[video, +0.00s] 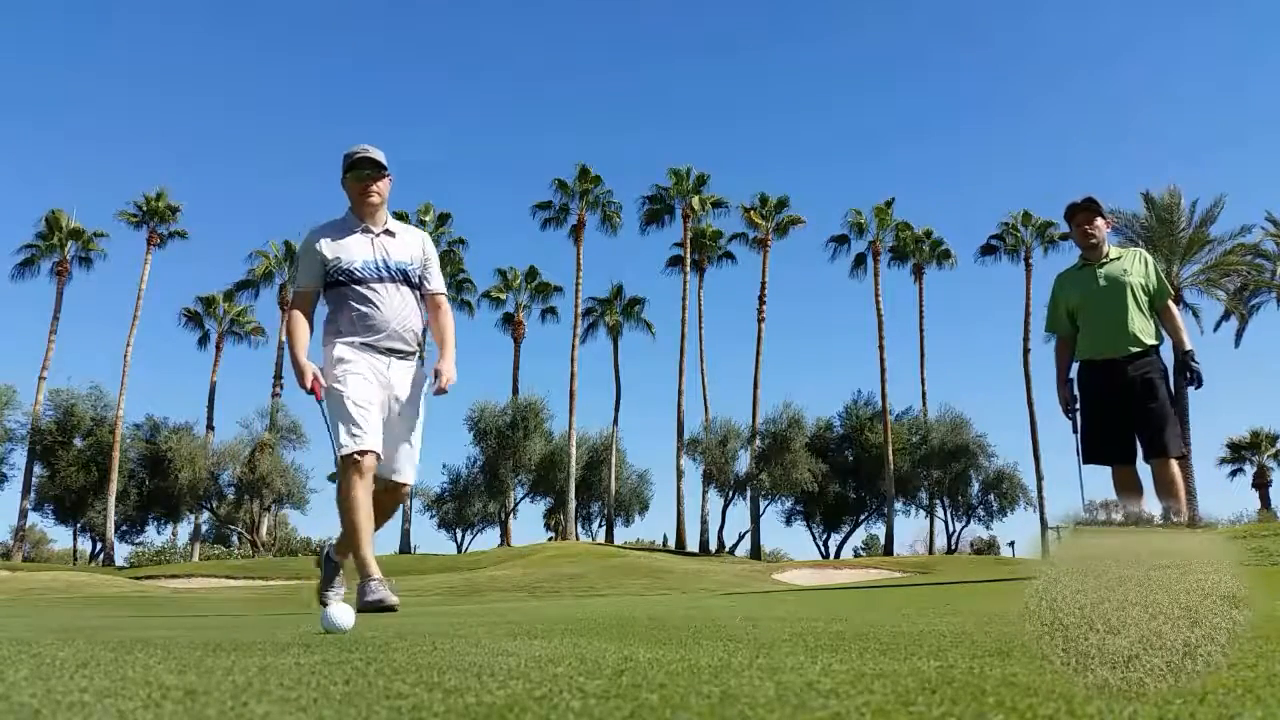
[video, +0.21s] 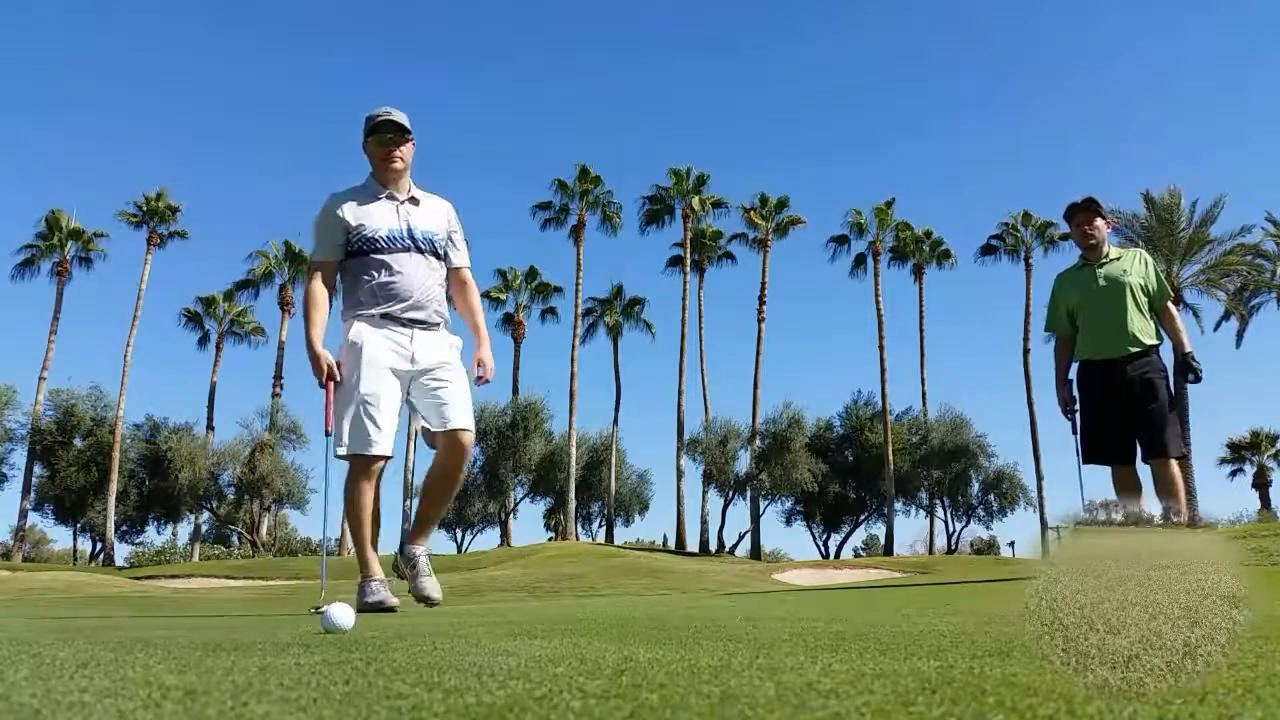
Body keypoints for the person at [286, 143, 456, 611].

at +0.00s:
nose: (371, 183)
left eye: (378, 175)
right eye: (360, 176)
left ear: (389, 182)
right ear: (346, 185)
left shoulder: (418, 241)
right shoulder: (322, 240)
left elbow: (438, 305)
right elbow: (300, 306)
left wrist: (447, 356)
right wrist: (300, 360)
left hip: (409, 365)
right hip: (352, 358)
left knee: (396, 485)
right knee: (360, 460)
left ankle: (336, 554)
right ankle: (370, 578)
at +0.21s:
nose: (393, 146)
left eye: (401, 138)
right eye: (382, 139)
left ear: (413, 146)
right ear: (366, 149)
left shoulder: (441, 211)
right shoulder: (342, 209)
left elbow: (462, 282)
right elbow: (320, 278)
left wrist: (481, 338)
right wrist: (315, 344)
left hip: (437, 340)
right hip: (373, 338)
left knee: (458, 443)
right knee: (369, 456)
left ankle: (414, 548)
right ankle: (371, 576)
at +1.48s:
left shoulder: (619, 4)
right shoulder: (469, 30)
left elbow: (675, 91)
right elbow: (467, 143)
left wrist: (696, 176)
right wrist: (453, 235)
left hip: (624, 189)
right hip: (522, 200)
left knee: (662, 348)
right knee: (525, 377)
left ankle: (681, 530)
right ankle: (561, 565)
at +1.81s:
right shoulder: (507, 8)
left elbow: (762, 2)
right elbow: (518, 102)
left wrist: (751, 73)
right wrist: (491, 180)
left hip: (671, 132)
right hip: (577, 166)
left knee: (682, 319)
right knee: (544, 368)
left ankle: (729, 556)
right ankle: (566, 553)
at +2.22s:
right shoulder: (566, 5)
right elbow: (577, 59)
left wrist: (697, 17)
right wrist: (578, 134)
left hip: (736, 53)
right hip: (640, 103)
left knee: (729, 291)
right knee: (616, 324)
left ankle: (733, 560)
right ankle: (670, 549)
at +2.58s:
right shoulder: (538, 5)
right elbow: (580, 70)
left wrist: (675, 64)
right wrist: (605, 129)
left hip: (742, 50)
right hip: (645, 98)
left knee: (714, 280)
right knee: (637, 326)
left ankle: (731, 555)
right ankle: (663, 560)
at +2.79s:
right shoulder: (543, 6)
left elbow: (716, 1)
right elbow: (588, 80)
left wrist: (659, 108)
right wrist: (605, 139)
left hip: (746, 58)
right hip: (642, 102)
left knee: (725, 290)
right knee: (640, 326)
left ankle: (740, 560)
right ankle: (665, 558)